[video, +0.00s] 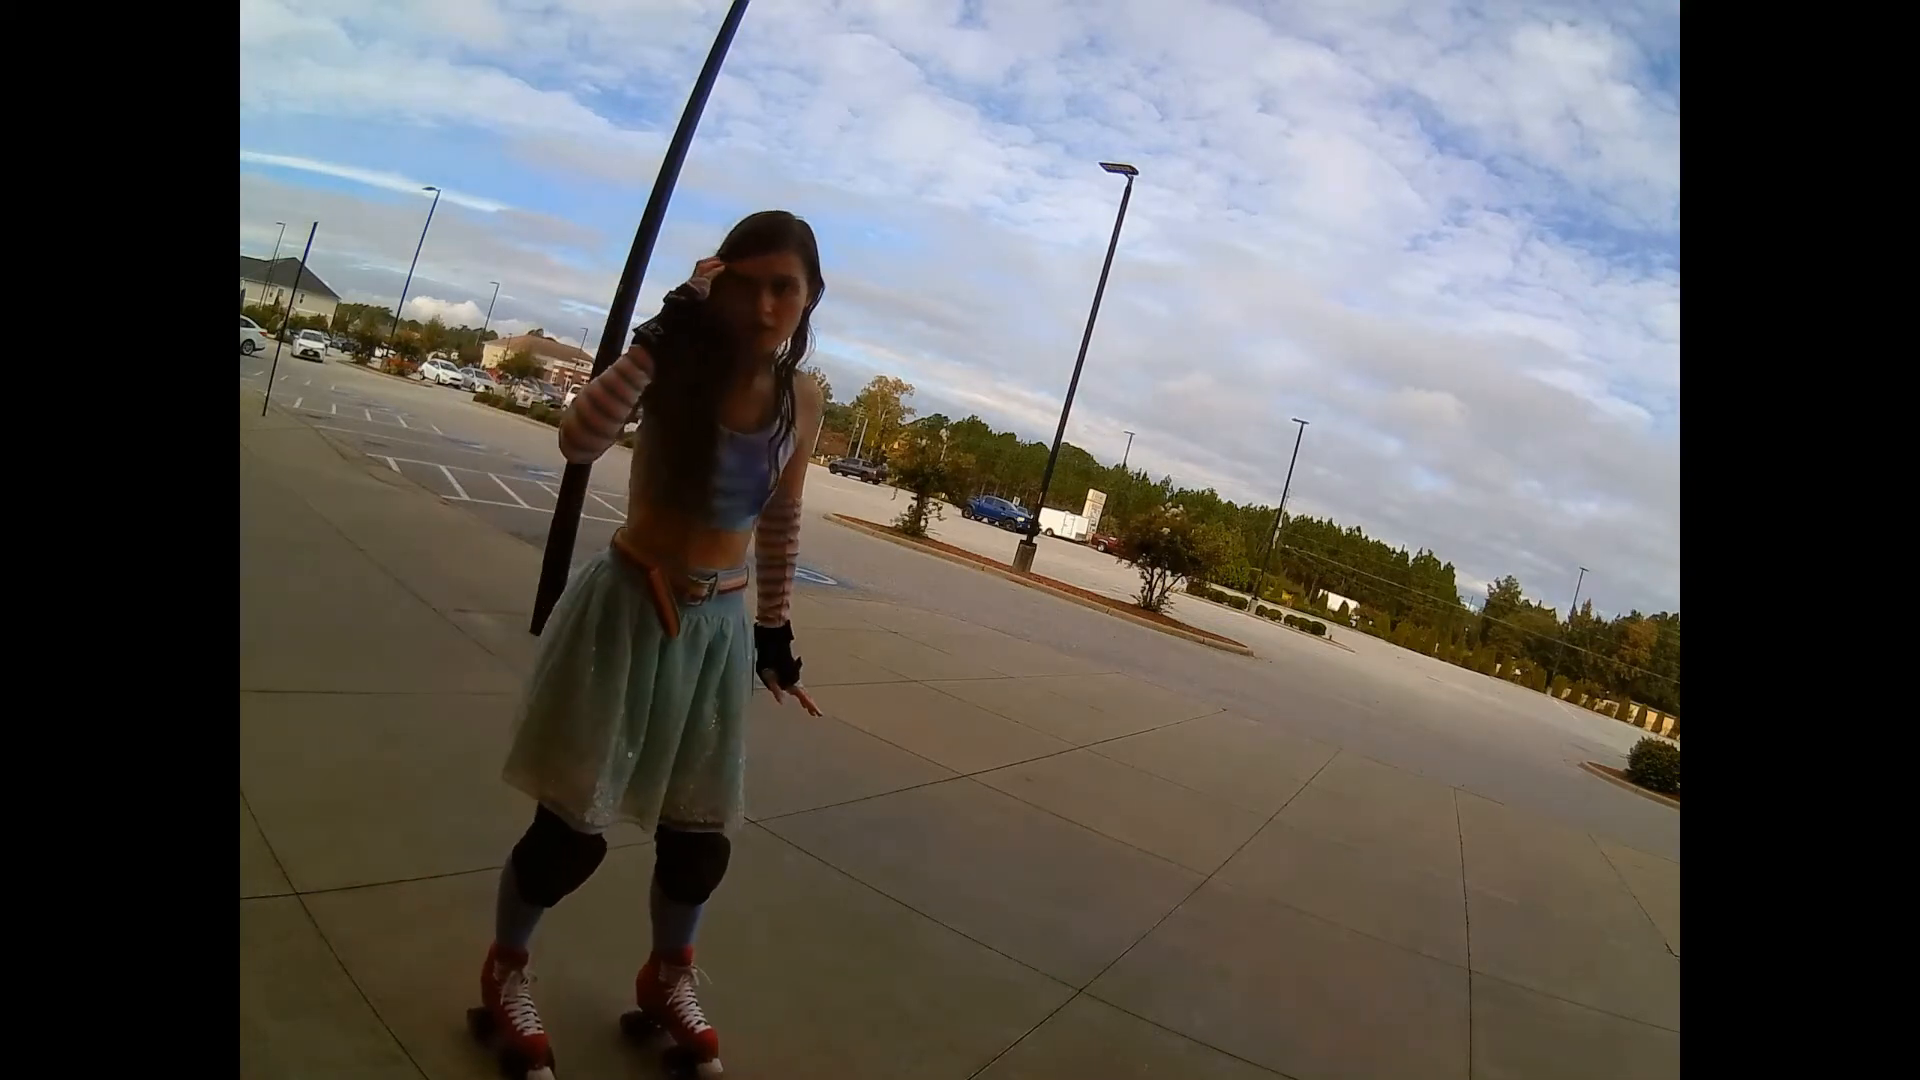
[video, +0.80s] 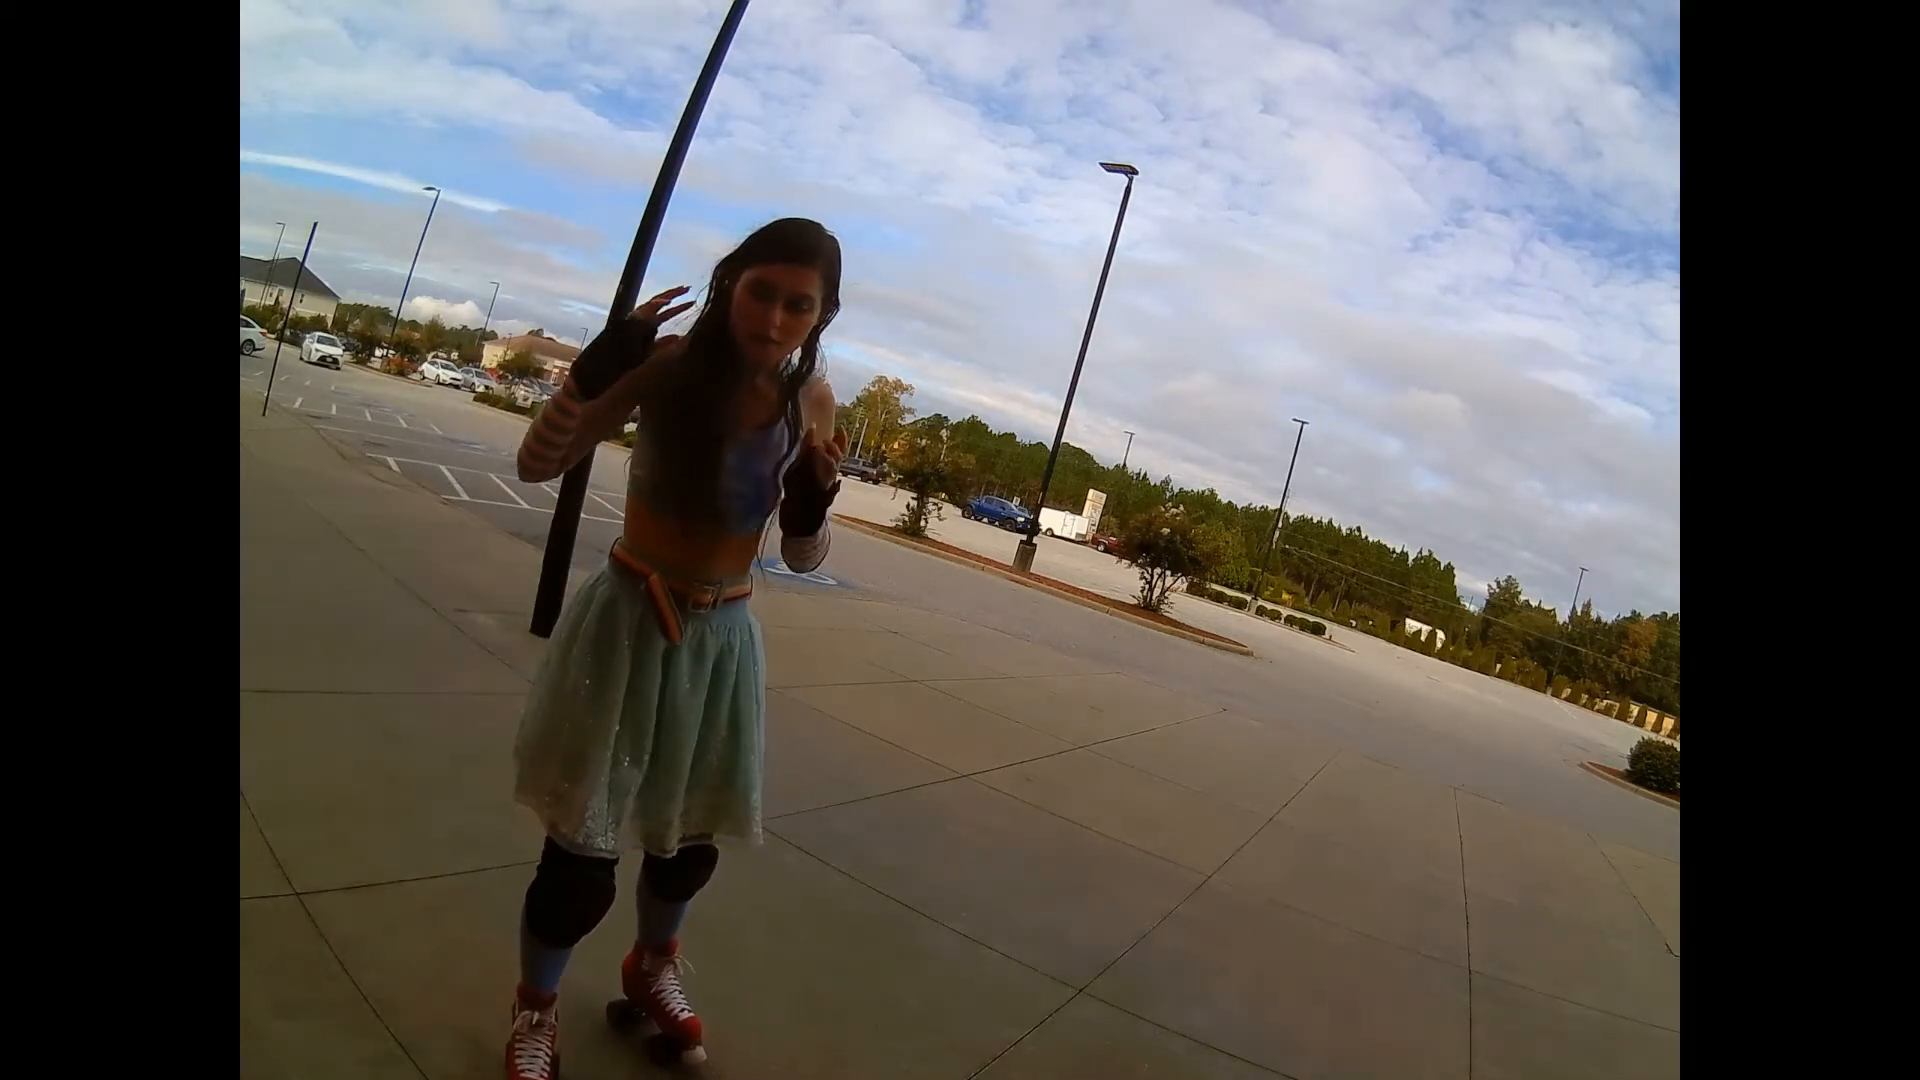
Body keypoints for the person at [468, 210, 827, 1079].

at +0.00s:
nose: (764, 306)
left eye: (785, 289)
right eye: (747, 284)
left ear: (809, 299)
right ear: (715, 283)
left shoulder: (800, 398)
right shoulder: (666, 359)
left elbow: (782, 518)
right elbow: (578, 442)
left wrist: (775, 622)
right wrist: (653, 342)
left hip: (720, 626)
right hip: (630, 609)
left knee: (699, 841)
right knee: (572, 835)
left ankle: (667, 982)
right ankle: (506, 970)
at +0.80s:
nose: (773, 320)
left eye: (798, 305)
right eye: (761, 294)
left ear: (820, 318)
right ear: (727, 288)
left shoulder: (810, 401)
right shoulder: (664, 365)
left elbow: (802, 551)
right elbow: (536, 465)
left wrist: (812, 494)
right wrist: (595, 370)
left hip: (723, 632)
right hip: (628, 618)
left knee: (689, 846)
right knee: (582, 860)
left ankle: (652, 970)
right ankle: (536, 1011)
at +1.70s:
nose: (774, 327)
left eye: (799, 304)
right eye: (755, 300)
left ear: (832, 317)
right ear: (723, 300)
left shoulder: (818, 414)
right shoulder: (658, 384)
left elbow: (784, 568)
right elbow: (533, 516)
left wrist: (771, 514)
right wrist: (537, 479)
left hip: (713, 647)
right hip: (616, 637)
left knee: (694, 868)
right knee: (590, 895)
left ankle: (663, 990)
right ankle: (536, 1041)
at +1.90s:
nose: (797, 325)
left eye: (821, 305)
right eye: (778, 299)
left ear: (850, 319)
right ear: (743, 299)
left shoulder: (829, 417)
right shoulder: (675, 381)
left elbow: (801, 578)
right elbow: (566, 498)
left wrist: (775, 492)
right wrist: (570, 564)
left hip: (721, 651)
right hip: (623, 640)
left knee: (700, 877)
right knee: (591, 904)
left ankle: (674, 998)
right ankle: (535, 1043)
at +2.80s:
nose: (858, 290)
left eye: (883, 276)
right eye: (838, 267)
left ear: (905, 305)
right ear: (800, 280)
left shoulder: (890, 413)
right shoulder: (727, 367)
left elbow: (879, 518)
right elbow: (582, 425)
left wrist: (842, 612)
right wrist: (573, 560)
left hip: (778, 673)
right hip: (668, 647)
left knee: (747, 900)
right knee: (601, 897)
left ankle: (719, 1034)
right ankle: (536, 1035)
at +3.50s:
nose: (914, 302)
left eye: (918, 284)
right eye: (898, 281)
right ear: (834, 283)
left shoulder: (870, 409)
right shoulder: (724, 376)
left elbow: (897, 558)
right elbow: (572, 463)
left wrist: (955, 549)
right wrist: (572, 612)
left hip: (781, 669)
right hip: (683, 652)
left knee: (746, 893)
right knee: (610, 896)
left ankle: (711, 1032)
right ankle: (538, 1027)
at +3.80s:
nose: (875, 299)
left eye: (885, 283)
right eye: (858, 278)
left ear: (886, 294)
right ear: (802, 276)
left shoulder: (857, 406)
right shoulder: (705, 377)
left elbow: (898, 552)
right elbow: (620, 522)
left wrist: (948, 445)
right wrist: (686, 555)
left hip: (780, 666)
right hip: (678, 647)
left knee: (751, 895)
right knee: (611, 892)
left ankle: (715, 1033)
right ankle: (538, 1023)